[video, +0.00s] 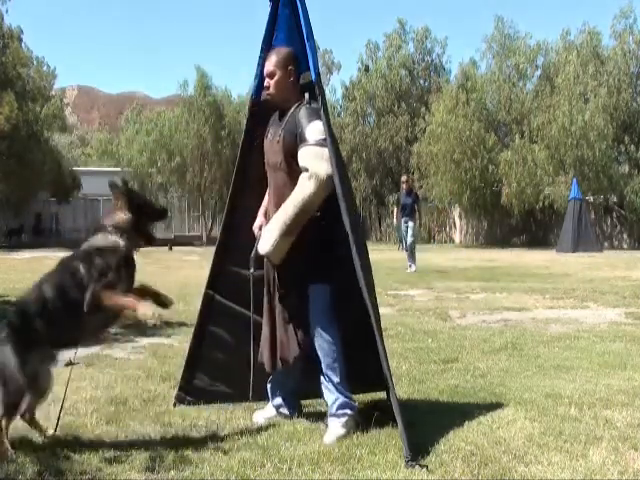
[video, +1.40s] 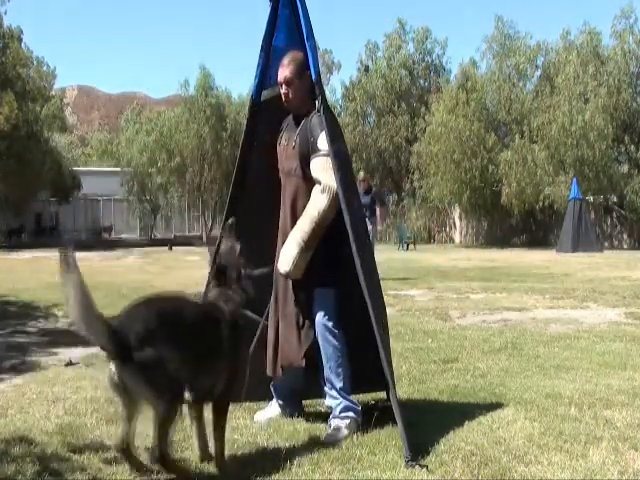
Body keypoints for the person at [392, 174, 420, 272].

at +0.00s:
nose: (404, 185)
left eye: (406, 183)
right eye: (403, 183)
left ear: (409, 183)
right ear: (401, 184)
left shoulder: (414, 194)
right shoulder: (400, 195)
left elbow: (418, 208)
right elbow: (396, 207)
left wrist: (420, 220)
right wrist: (395, 218)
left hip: (412, 218)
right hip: (403, 218)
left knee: (410, 241)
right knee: (405, 241)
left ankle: (412, 262)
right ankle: (409, 262)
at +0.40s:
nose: (395, 184)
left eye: (397, 182)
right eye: (394, 182)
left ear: (401, 182)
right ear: (392, 183)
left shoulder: (405, 194)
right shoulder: (390, 195)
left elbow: (410, 208)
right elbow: (388, 207)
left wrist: (412, 220)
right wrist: (387, 219)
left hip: (403, 220)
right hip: (394, 220)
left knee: (402, 244)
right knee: (392, 243)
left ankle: (403, 267)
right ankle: (399, 263)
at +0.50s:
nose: (393, 184)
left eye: (395, 181)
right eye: (391, 182)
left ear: (398, 182)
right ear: (389, 183)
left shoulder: (402, 194)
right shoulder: (388, 194)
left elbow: (405, 207)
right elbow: (386, 208)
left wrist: (404, 219)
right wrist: (385, 220)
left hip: (400, 221)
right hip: (391, 221)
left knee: (401, 245)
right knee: (389, 243)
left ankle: (403, 267)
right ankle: (390, 266)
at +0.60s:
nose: (389, 185)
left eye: (391, 183)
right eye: (387, 183)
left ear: (395, 184)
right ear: (385, 185)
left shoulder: (398, 194)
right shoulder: (386, 195)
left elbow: (401, 209)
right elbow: (384, 208)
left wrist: (394, 217)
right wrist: (382, 220)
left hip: (398, 222)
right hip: (388, 222)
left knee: (400, 246)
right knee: (386, 245)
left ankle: (402, 267)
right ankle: (383, 267)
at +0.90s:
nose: (377, 184)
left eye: (379, 181)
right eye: (375, 182)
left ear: (383, 181)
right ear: (373, 183)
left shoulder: (390, 194)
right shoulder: (374, 194)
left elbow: (392, 208)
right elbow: (371, 208)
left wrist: (390, 221)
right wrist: (368, 222)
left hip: (386, 220)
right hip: (377, 220)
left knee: (384, 245)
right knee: (378, 246)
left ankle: (390, 264)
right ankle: (380, 268)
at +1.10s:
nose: (372, 185)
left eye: (373, 182)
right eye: (370, 183)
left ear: (377, 182)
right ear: (368, 184)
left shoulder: (383, 194)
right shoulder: (365, 195)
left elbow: (387, 206)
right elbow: (363, 207)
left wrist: (384, 216)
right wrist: (365, 216)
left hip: (379, 220)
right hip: (369, 219)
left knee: (377, 244)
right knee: (370, 244)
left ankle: (379, 267)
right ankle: (372, 268)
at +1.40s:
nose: (362, 184)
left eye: (364, 181)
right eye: (360, 181)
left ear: (368, 181)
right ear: (358, 182)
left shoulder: (374, 193)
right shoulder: (359, 194)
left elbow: (379, 207)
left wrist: (380, 223)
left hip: (370, 219)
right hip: (360, 219)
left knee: (370, 239)